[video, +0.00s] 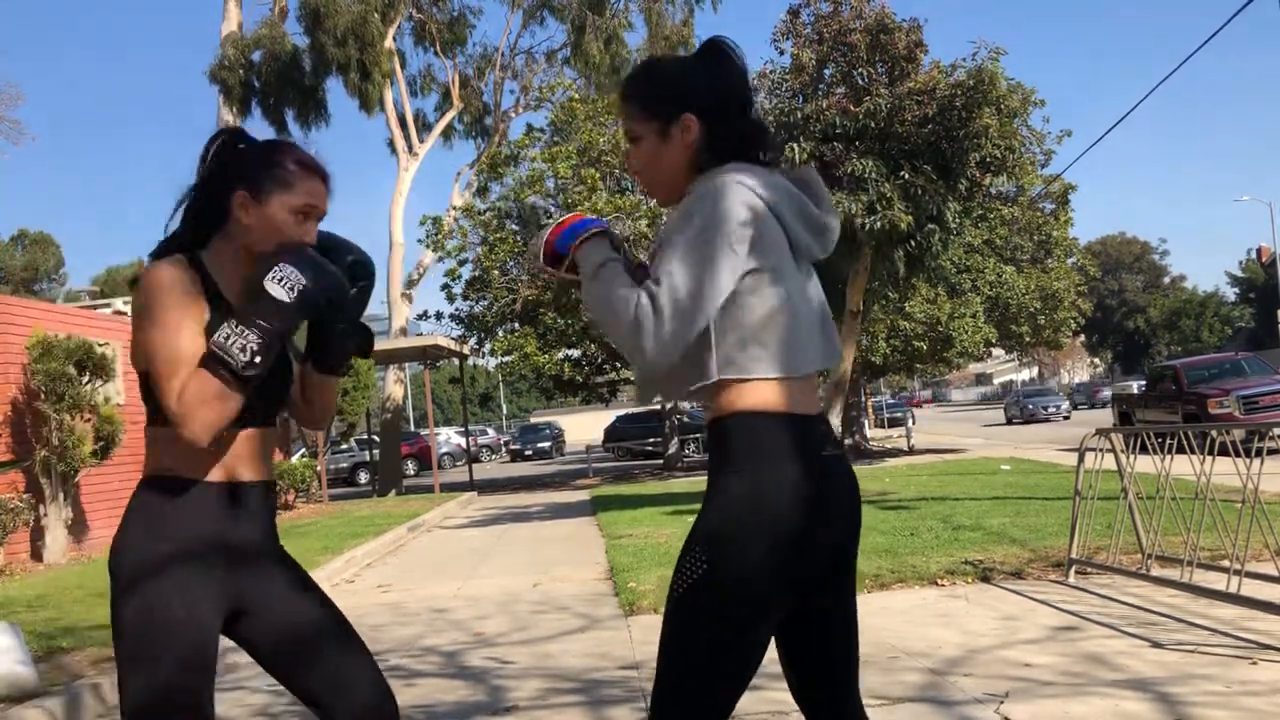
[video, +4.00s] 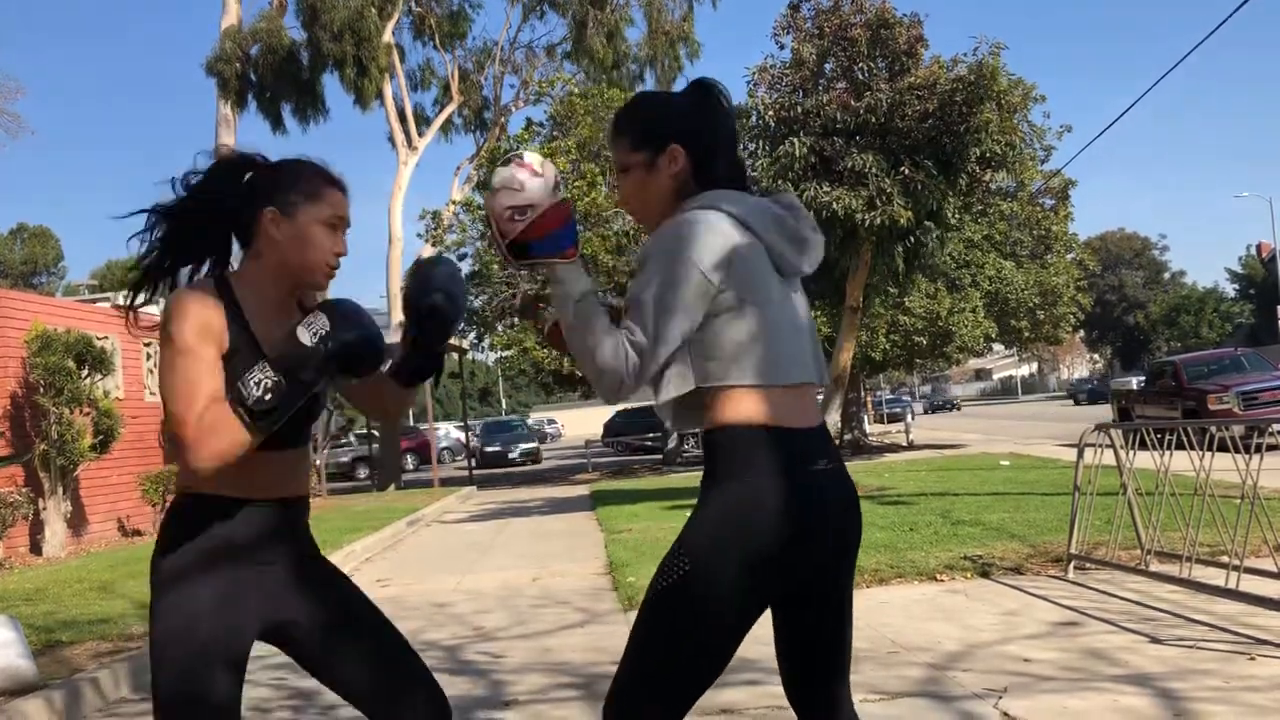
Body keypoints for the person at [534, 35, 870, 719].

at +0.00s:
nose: (627, 162)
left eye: (635, 139)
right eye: (627, 142)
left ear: (686, 131)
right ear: (685, 133)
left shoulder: (721, 198)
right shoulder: (762, 199)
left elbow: (656, 339)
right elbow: (675, 365)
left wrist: (589, 243)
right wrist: (610, 270)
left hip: (758, 478)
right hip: (817, 471)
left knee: (683, 706)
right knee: (834, 703)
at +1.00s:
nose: (605, 157)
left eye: (616, 137)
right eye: (608, 140)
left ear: (663, 138)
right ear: (665, 139)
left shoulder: (698, 210)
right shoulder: (727, 206)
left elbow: (647, 359)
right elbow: (645, 332)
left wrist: (576, 291)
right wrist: (545, 265)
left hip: (739, 484)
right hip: (791, 477)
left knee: (656, 708)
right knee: (814, 701)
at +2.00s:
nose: (614, 186)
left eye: (620, 168)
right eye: (611, 170)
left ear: (669, 155)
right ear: (672, 157)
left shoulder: (656, 226)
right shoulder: (758, 220)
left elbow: (537, 313)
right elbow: (709, 315)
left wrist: (584, 333)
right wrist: (620, 327)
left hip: (738, 490)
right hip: (820, 484)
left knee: (637, 707)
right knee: (824, 702)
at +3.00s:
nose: (609, 179)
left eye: (618, 159)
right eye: (609, 162)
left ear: (669, 155)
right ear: (674, 157)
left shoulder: (666, 225)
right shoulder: (750, 221)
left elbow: (583, 344)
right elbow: (699, 329)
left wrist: (504, 322)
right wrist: (609, 282)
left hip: (741, 489)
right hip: (812, 484)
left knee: (615, 701)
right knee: (810, 702)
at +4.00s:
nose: (617, 193)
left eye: (624, 173)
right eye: (615, 176)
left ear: (673, 163)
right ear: (676, 162)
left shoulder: (693, 233)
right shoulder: (765, 229)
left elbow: (619, 370)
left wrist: (564, 268)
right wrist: (590, 334)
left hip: (749, 498)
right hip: (824, 492)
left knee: (636, 706)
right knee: (825, 700)